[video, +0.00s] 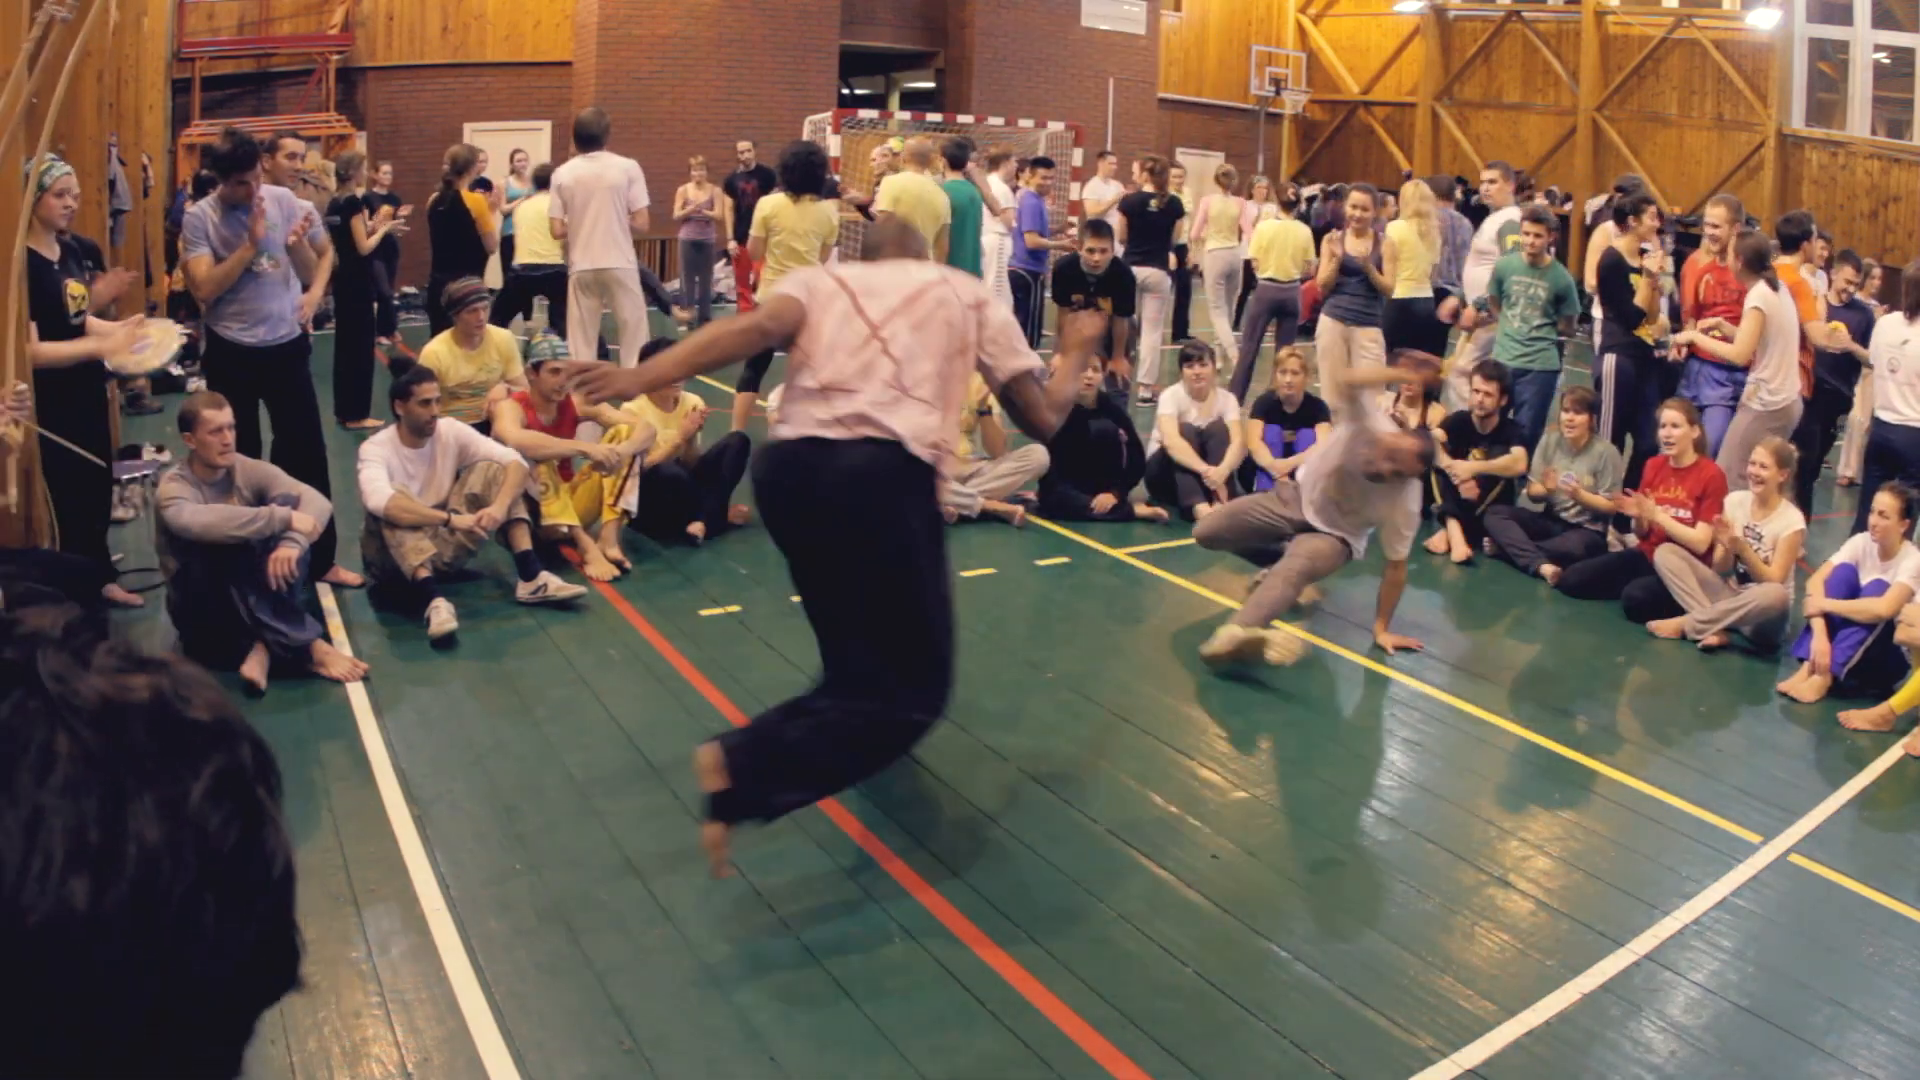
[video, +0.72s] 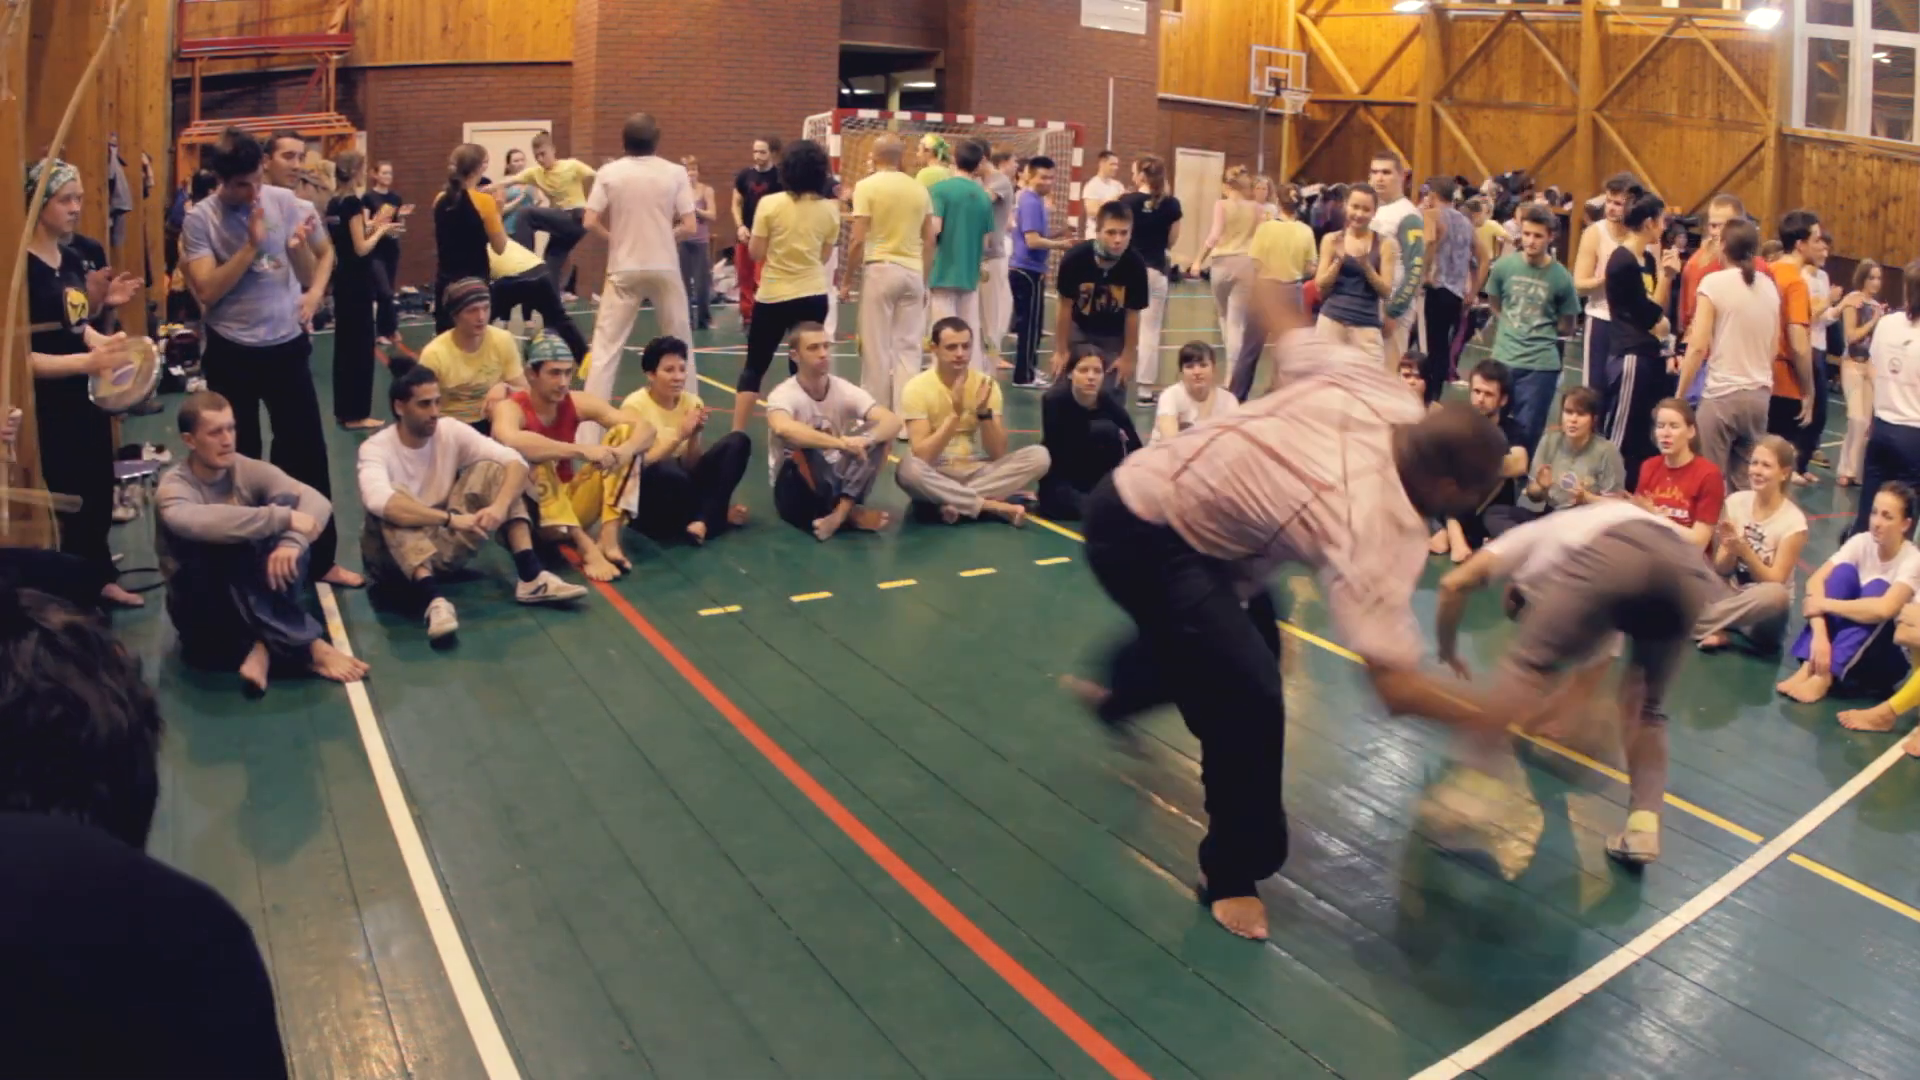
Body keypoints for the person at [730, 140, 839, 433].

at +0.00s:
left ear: (783, 171)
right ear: (821, 174)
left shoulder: (768, 204)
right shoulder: (828, 211)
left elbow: (755, 251)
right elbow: (825, 255)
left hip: (772, 293)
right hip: (813, 294)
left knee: (755, 365)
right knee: (808, 368)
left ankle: (736, 434)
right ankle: (802, 439)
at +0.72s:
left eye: (780, 165)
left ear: (785, 170)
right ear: (822, 172)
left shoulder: (769, 204)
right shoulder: (830, 209)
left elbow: (757, 251)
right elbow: (825, 254)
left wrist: (748, 235)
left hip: (773, 299)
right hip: (814, 297)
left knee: (754, 367)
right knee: (809, 366)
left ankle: (737, 434)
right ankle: (811, 434)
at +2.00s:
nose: (768, 160)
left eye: (773, 156)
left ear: (777, 163)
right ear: (813, 165)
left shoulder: (766, 195)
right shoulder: (822, 200)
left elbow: (750, 242)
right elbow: (819, 248)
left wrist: (766, 234)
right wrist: (802, 231)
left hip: (765, 287)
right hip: (803, 288)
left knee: (767, 368)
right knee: (798, 365)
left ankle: (771, 442)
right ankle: (800, 437)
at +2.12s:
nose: (767, 160)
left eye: (771, 156)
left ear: (775, 162)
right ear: (810, 164)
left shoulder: (763, 194)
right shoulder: (820, 200)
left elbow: (748, 241)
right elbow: (818, 248)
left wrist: (765, 233)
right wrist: (799, 230)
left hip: (763, 287)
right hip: (802, 288)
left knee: (766, 369)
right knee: (798, 366)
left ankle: (770, 442)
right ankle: (797, 438)